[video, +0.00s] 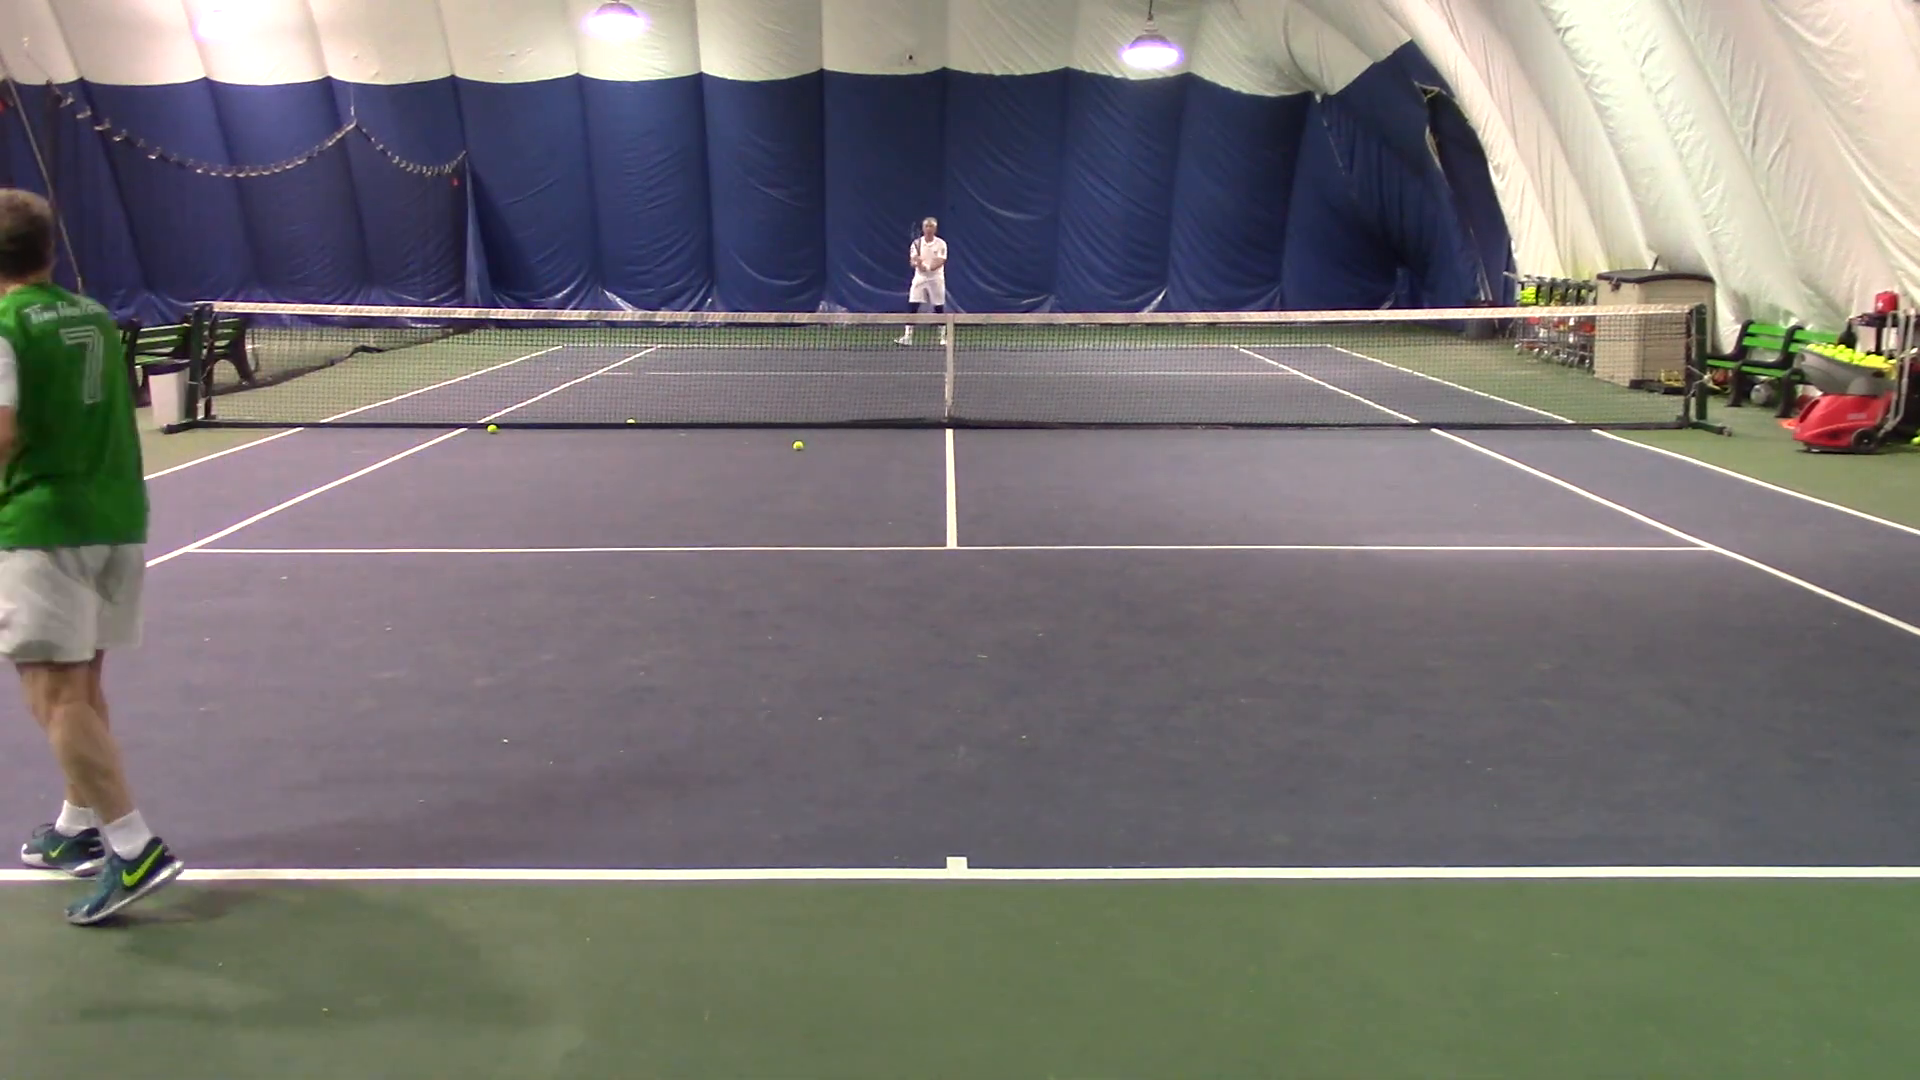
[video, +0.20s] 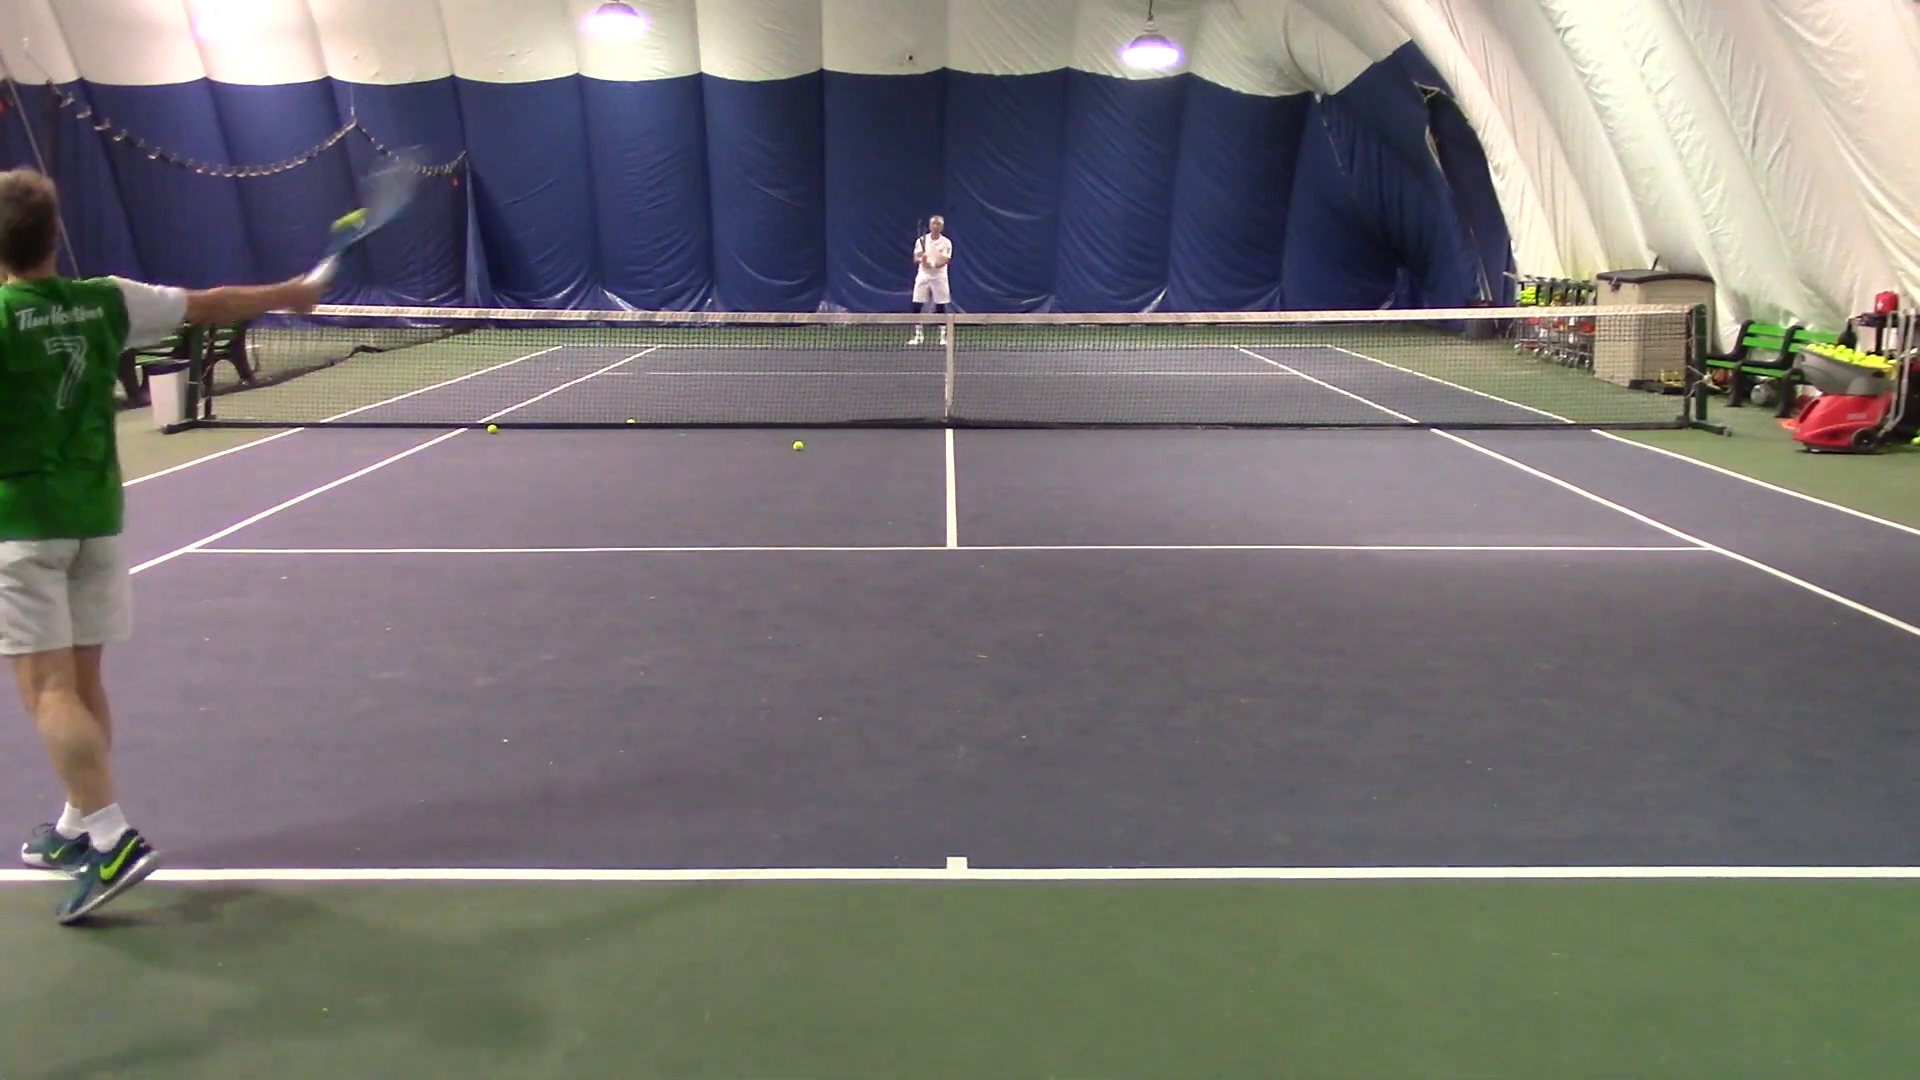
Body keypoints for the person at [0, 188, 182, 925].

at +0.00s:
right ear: (49, 251)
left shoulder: (11, 324)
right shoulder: (97, 316)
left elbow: (8, 432)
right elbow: (115, 417)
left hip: (44, 527)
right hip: (116, 520)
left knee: (55, 698)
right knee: (81, 684)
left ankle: (133, 845)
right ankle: (77, 825)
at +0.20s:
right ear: (55, 236)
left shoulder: (1, 308)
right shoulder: (102, 300)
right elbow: (207, 305)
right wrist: (292, 294)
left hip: (19, 525)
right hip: (96, 517)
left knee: (48, 689)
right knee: (82, 681)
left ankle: (113, 834)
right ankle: (76, 827)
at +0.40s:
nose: (54, 239)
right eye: (54, 229)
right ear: (53, 240)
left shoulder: (8, 306)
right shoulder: (98, 302)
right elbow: (217, 293)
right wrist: (327, 272)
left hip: (18, 533)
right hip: (96, 528)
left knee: (36, 696)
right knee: (81, 685)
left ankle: (76, 853)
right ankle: (74, 840)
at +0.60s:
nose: (62, 246)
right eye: (59, 236)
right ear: (54, 247)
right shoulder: (100, 317)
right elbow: (226, 320)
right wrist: (336, 302)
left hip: (12, 553)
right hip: (101, 545)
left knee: (36, 714)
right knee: (95, 695)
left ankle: (65, 889)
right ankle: (93, 829)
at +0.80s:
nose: (76, 239)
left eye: (67, 228)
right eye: (72, 228)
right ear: (64, 237)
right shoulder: (112, 315)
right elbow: (237, 354)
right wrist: (353, 341)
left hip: (20, 547)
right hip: (120, 536)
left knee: (48, 718)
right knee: (135, 692)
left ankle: (69, 893)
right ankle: (155, 831)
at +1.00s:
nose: (105, 241)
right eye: (105, 230)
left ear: (30, 251)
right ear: (105, 241)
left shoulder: (9, 332)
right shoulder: (152, 322)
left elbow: (6, 439)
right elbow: (245, 410)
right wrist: (326, 414)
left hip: (57, 556)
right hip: (161, 544)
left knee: (54, 728)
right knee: (204, 700)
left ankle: (70, 893)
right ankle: (266, 857)